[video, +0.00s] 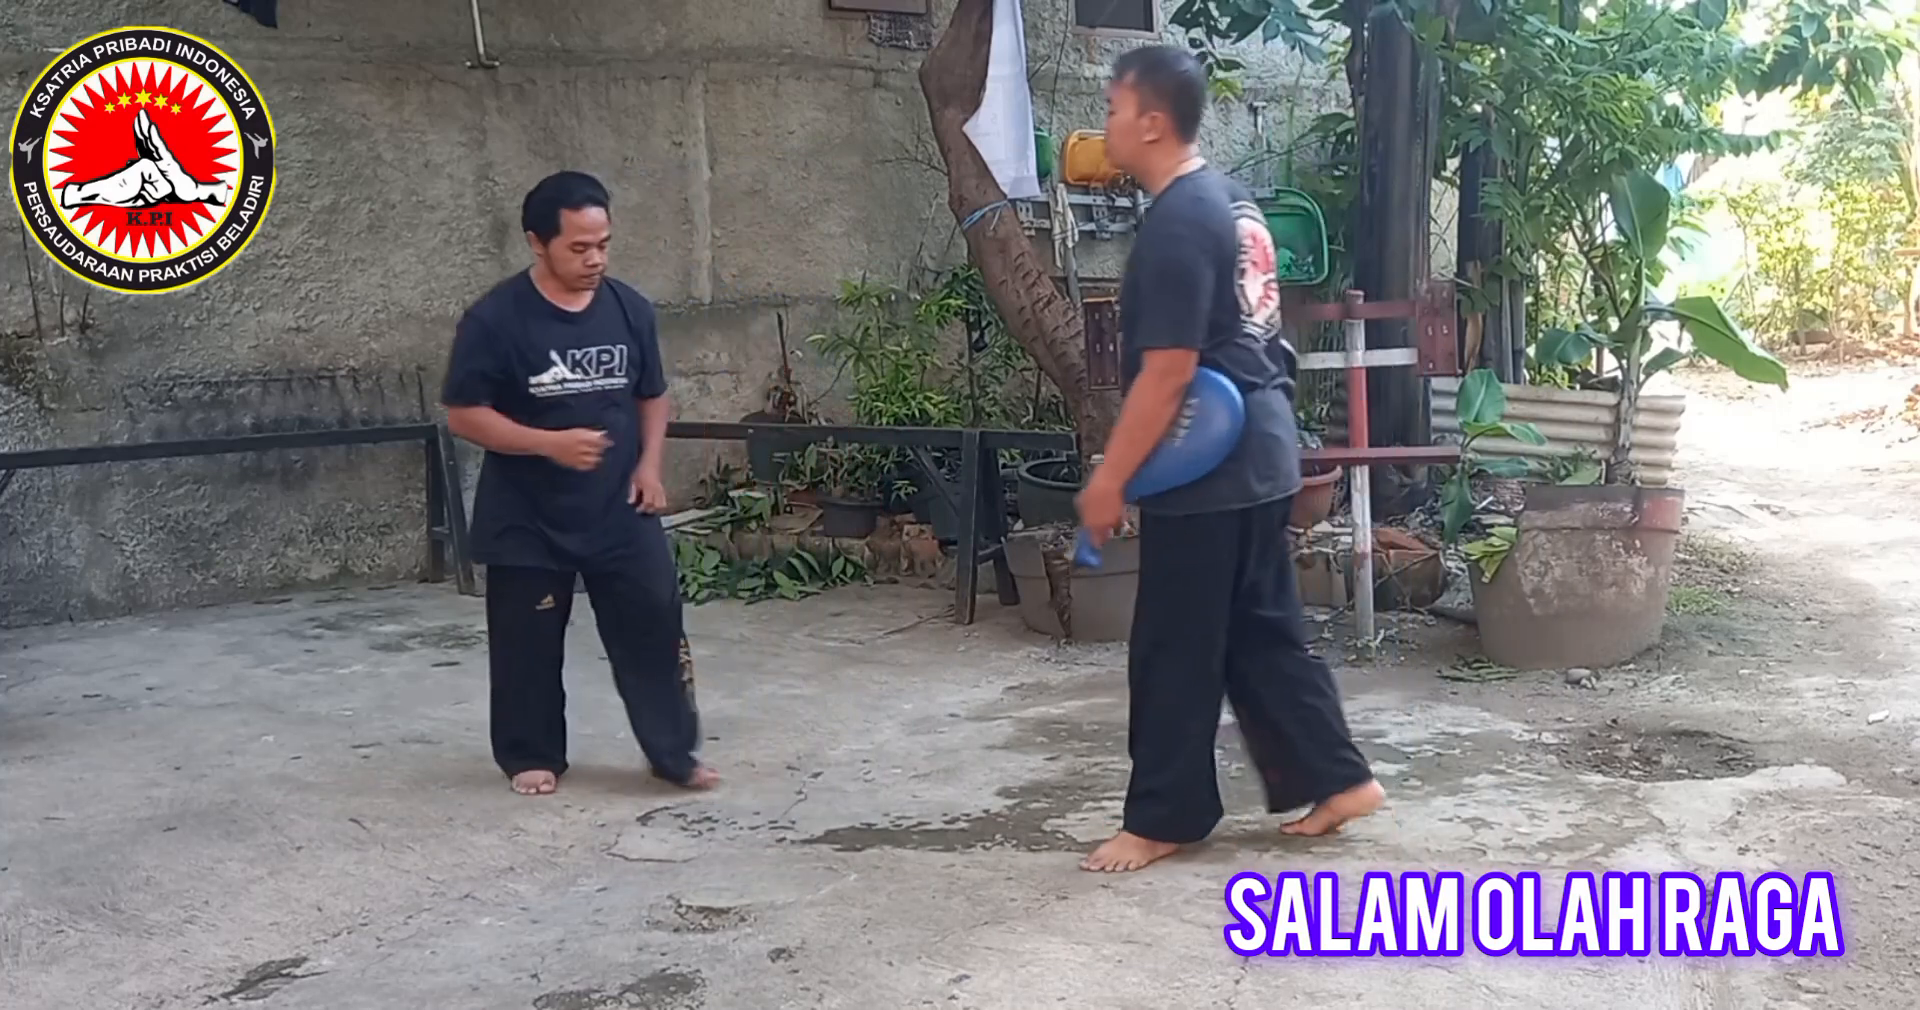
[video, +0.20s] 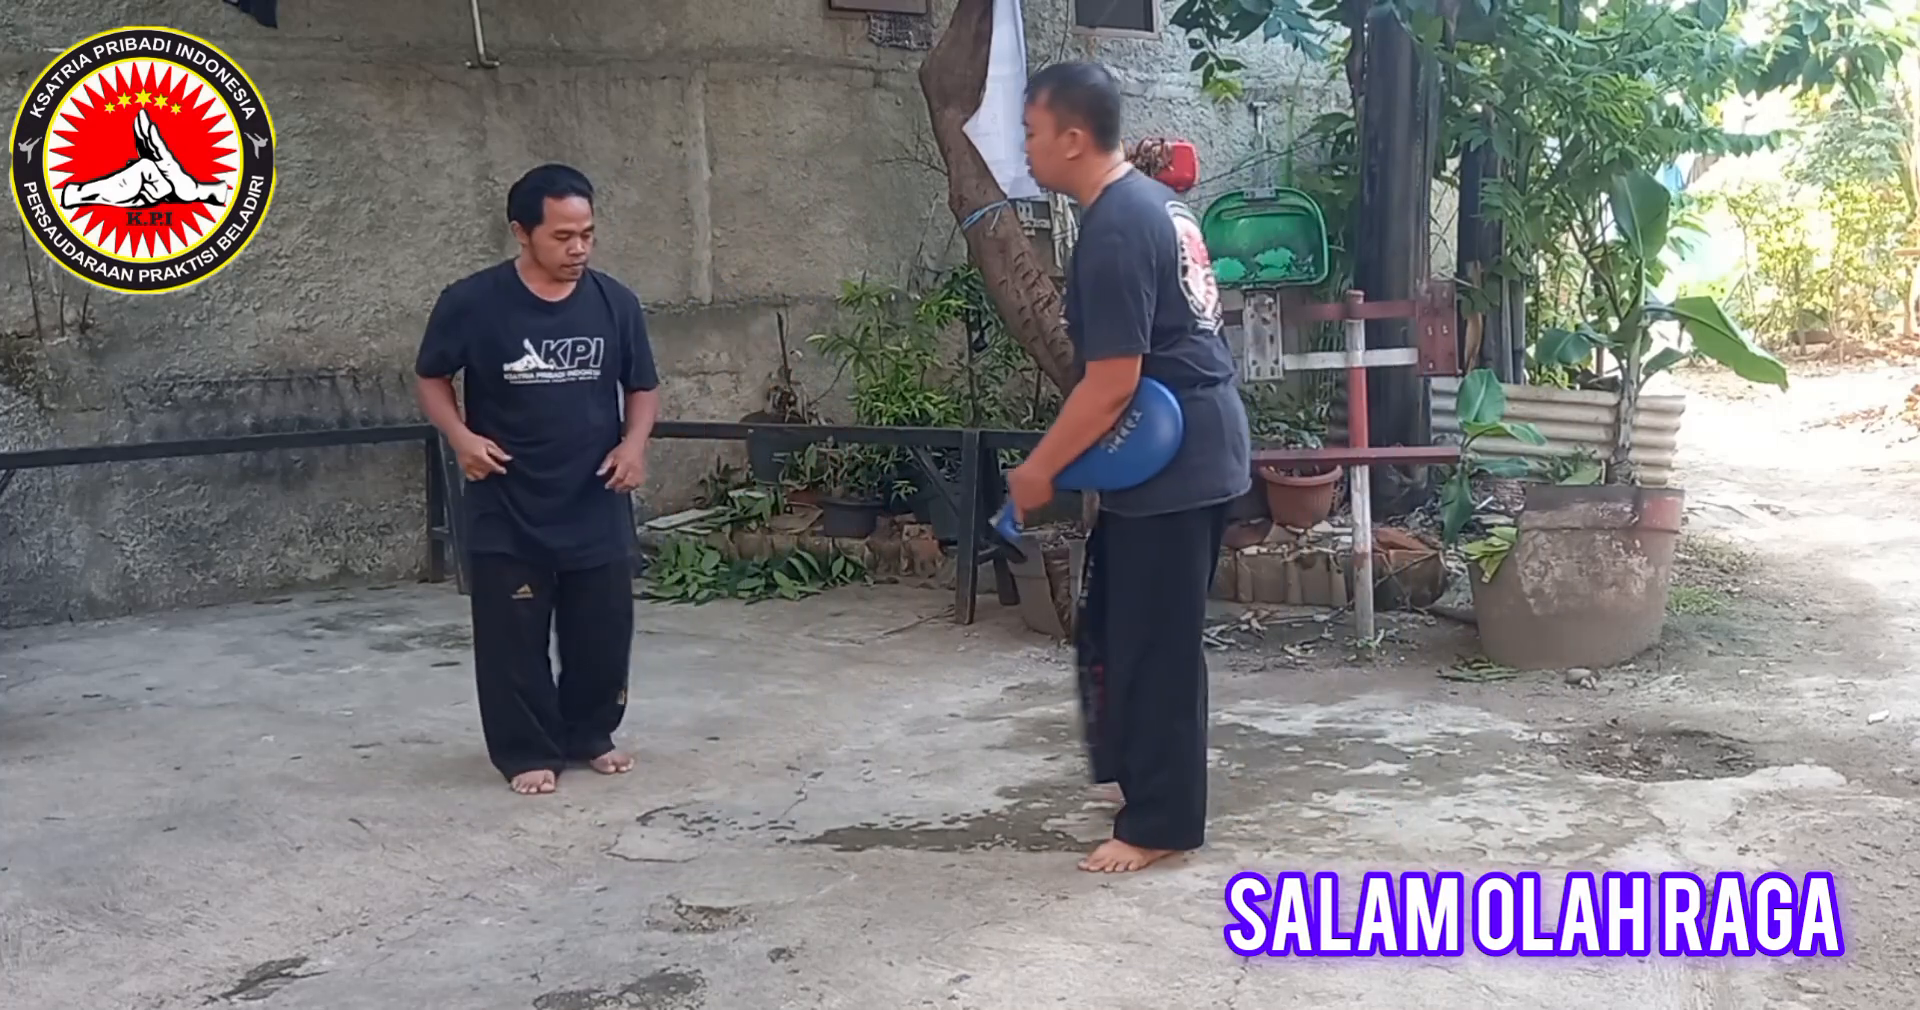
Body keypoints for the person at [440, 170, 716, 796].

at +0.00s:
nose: (596, 259)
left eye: (603, 244)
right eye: (581, 247)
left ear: (610, 238)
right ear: (539, 243)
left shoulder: (631, 309)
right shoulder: (493, 320)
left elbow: (654, 395)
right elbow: (463, 414)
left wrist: (650, 463)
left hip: (618, 509)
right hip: (529, 517)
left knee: (654, 622)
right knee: (527, 644)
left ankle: (674, 754)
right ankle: (532, 759)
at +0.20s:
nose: (580, 248)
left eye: (586, 233)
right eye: (564, 236)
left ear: (594, 229)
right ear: (523, 232)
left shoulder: (616, 303)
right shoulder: (469, 303)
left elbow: (642, 385)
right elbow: (432, 377)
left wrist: (636, 443)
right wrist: (460, 438)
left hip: (594, 501)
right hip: (508, 504)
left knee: (603, 630)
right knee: (513, 638)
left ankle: (591, 737)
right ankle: (525, 755)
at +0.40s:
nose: (595, 257)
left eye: (602, 244)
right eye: (581, 243)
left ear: (609, 242)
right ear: (540, 239)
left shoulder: (620, 320)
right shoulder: (479, 296)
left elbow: (636, 409)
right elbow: (433, 363)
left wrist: (624, 454)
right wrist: (470, 429)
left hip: (575, 498)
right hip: (488, 496)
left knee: (581, 622)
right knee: (486, 622)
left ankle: (584, 737)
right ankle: (493, 743)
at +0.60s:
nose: (554, 246)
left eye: (558, 233)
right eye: (538, 235)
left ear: (563, 237)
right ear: (495, 241)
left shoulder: (584, 315)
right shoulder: (441, 308)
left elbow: (615, 397)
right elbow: (409, 387)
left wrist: (600, 455)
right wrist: (455, 428)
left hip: (556, 502)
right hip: (461, 501)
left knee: (579, 614)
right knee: (440, 614)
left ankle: (585, 737)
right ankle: (440, 727)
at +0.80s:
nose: (527, 255)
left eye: (531, 244)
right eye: (510, 246)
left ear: (538, 250)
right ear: (469, 258)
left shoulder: (568, 326)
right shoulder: (427, 332)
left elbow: (601, 405)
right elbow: (398, 417)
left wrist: (595, 461)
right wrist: (460, 437)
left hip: (555, 508)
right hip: (460, 513)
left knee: (604, 606)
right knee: (443, 619)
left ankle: (627, 737)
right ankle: (441, 726)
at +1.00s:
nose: (583, 254)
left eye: (586, 244)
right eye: (567, 243)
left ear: (592, 252)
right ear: (525, 256)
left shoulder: (617, 332)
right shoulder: (477, 334)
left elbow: (664, 409)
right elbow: (449, 421)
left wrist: (667, 453)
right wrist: (514, 441)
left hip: (607, 517)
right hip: (511, 520)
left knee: (652, 619)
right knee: (473, 622)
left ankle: (665, 751)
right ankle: (456, 726)